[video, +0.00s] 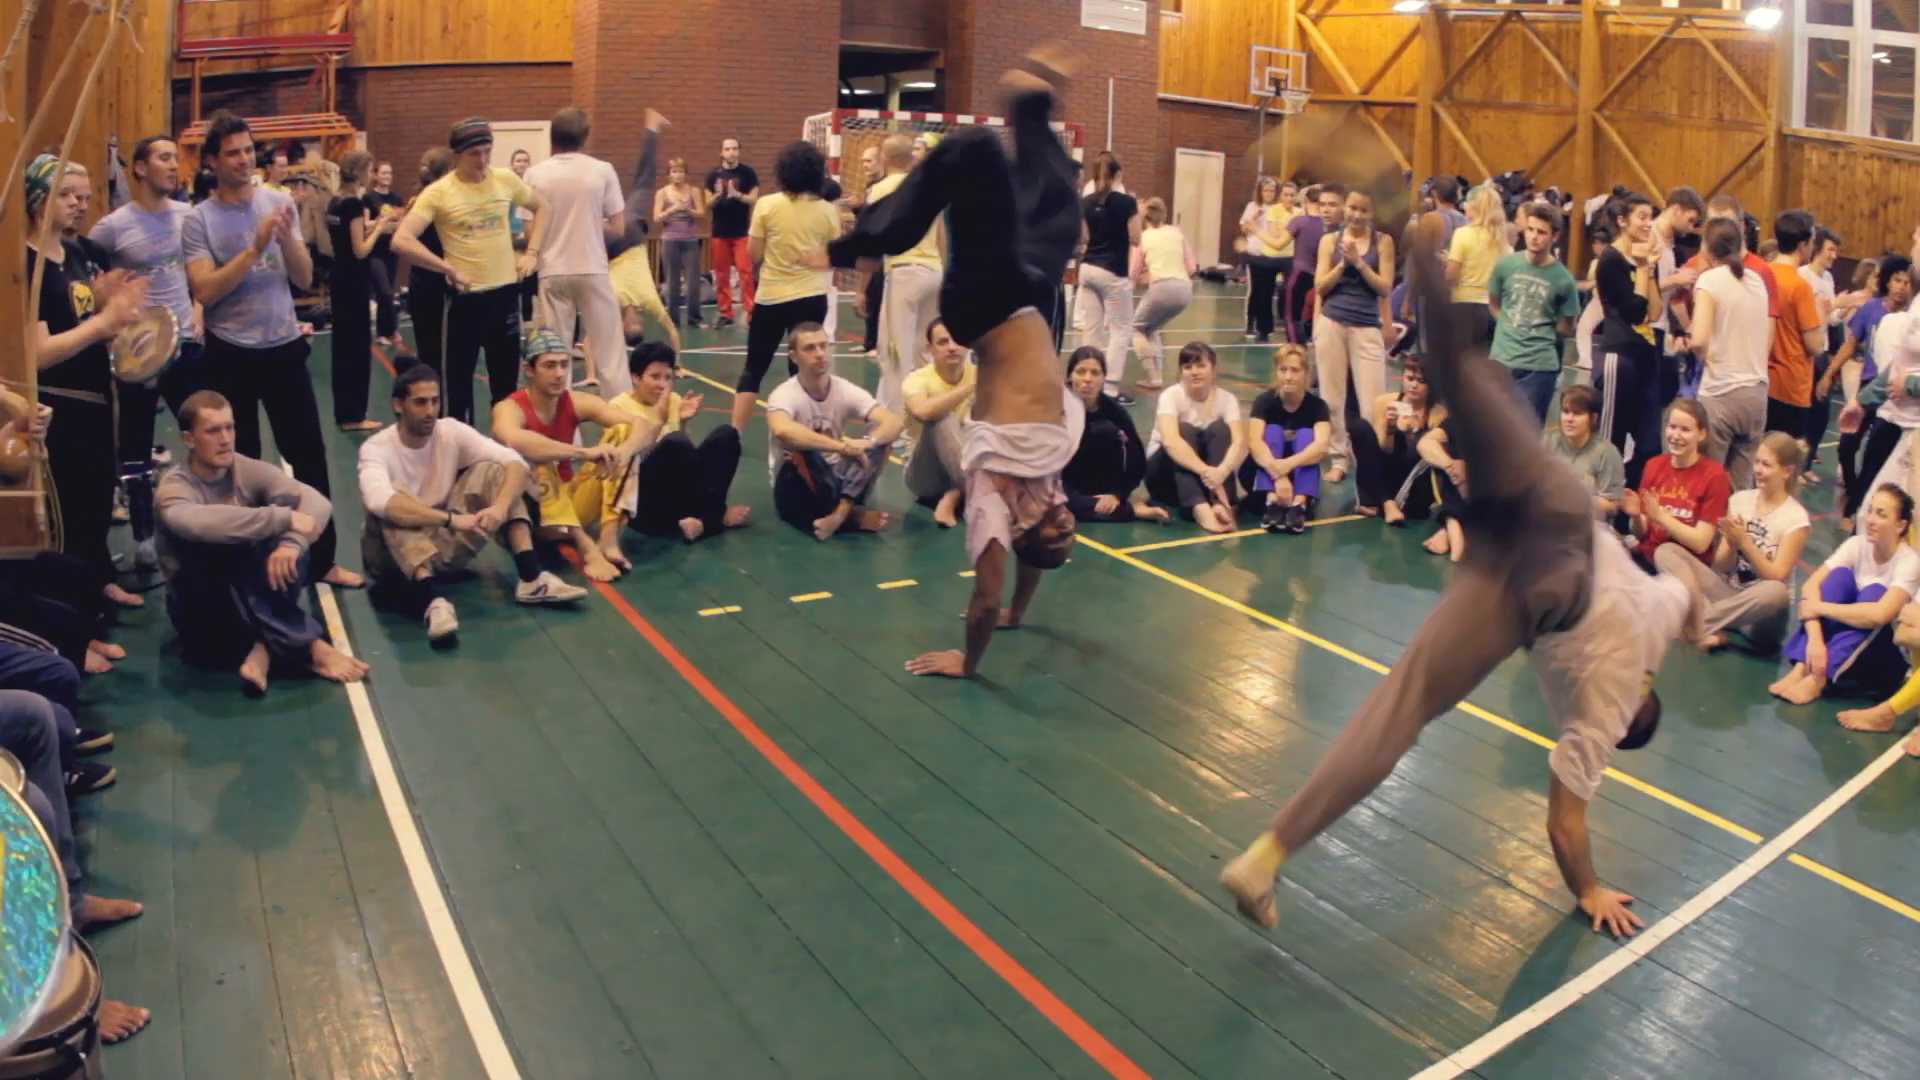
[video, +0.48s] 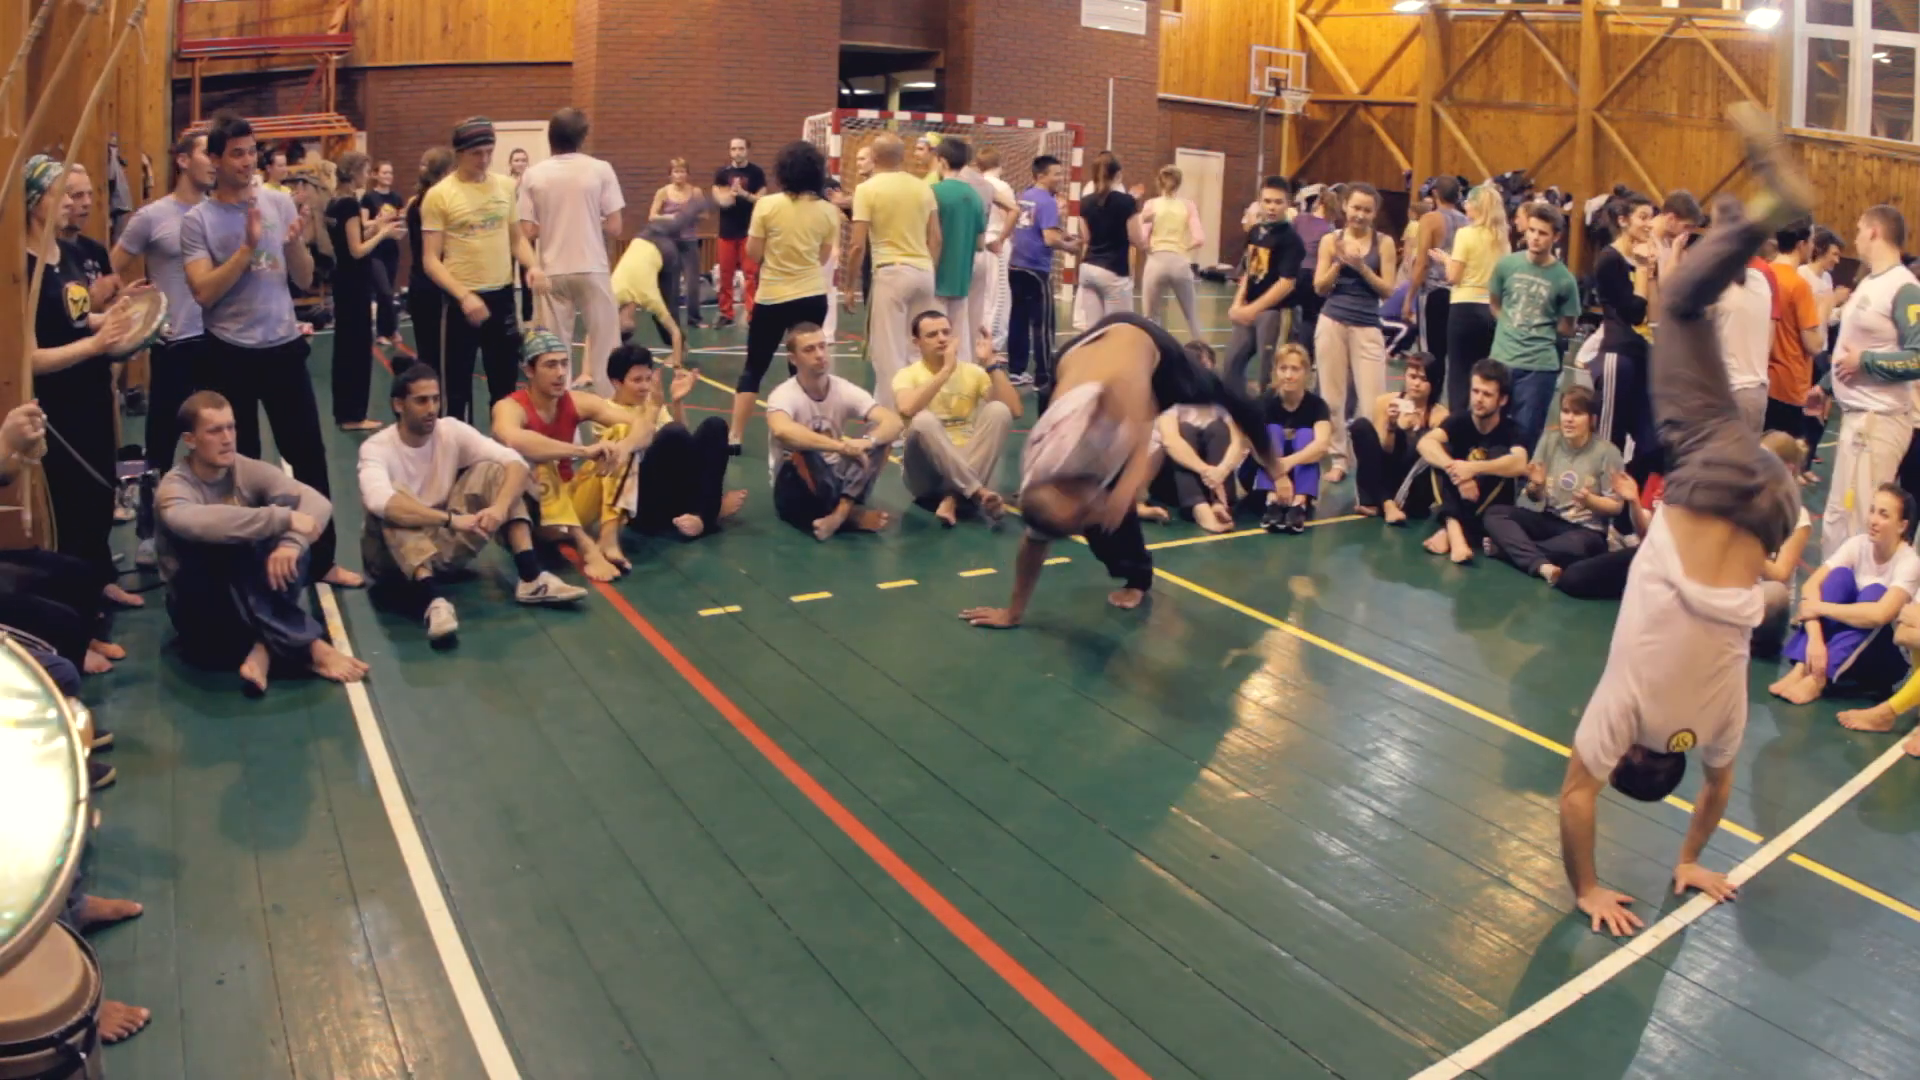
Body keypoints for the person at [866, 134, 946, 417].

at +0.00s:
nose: (873, 164)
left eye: (876, 159)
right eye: (874, 159)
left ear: (885, 159)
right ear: (910, 159)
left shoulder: (881, 190)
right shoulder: (927, 187)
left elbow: (871, 245)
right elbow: (941, 239)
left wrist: (861, 289)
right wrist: (941, 267)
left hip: (902, 269)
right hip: (933, 268)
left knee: (897, 348)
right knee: (926, 346)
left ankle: (894, 414)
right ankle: (925, 410)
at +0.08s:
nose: (872, 164)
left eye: (875, 159)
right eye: (872, 158)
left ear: (884, 161)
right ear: (908, 159)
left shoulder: (884, 193)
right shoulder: (926, 190)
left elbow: (867, 245)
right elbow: (939, 237)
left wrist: (857, 288)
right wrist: (936, 270)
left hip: (900, 270)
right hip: (930, 269)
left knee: (894, 348)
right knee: (926, 346)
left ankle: (893, 417)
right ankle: (928, 412)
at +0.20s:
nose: (869, 160)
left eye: (871, 156)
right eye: (869, 155)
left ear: (877, 158)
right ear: (903, 158)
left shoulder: (872, 189)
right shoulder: (924, 187)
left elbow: (862, 244)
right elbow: (936, 235)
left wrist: (850, 287)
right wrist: (935, 266)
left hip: (896, 270)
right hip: (928, 269)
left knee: (892, 349)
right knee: (923, 346)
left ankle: (892, 421)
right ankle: (925, 414)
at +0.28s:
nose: (867, 160)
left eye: (869, 157)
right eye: (868, 156)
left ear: (875, 158)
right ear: (901, 158)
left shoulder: (870, 188)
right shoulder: (922, 187)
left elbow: (858, 245)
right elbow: (937, 236)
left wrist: (848, 286)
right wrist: (931, 269)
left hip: (893, 271)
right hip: (926, 270)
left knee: (888, 349)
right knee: (921, 347)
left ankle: (890, 421)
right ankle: (924, 414)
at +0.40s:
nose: (865, 161)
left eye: (867, 157)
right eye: (865, 156)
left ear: (874, 158)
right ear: (901, 158)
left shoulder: (867, 188)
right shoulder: (922, 186)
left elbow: (857, 244)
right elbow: (935, 236)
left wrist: (848, 285)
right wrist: (929, 268)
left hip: (891, 269)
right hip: (925, 269)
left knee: (887, 348)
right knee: (926, 345)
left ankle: (890, 418)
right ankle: (925, 412)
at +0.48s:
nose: (865, 160)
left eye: (867, 156)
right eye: (866, 156)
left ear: (874, 158)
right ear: (901, 158)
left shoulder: (867, 189)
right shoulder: (922, 186)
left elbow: (858, 245)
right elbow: (935, 236)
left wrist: (850, 284)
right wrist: (928, 269)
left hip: (891, 269)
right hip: (924, 269)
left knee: (886, 346)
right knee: (923, 344)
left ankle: (891, 415)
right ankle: (924, 411)